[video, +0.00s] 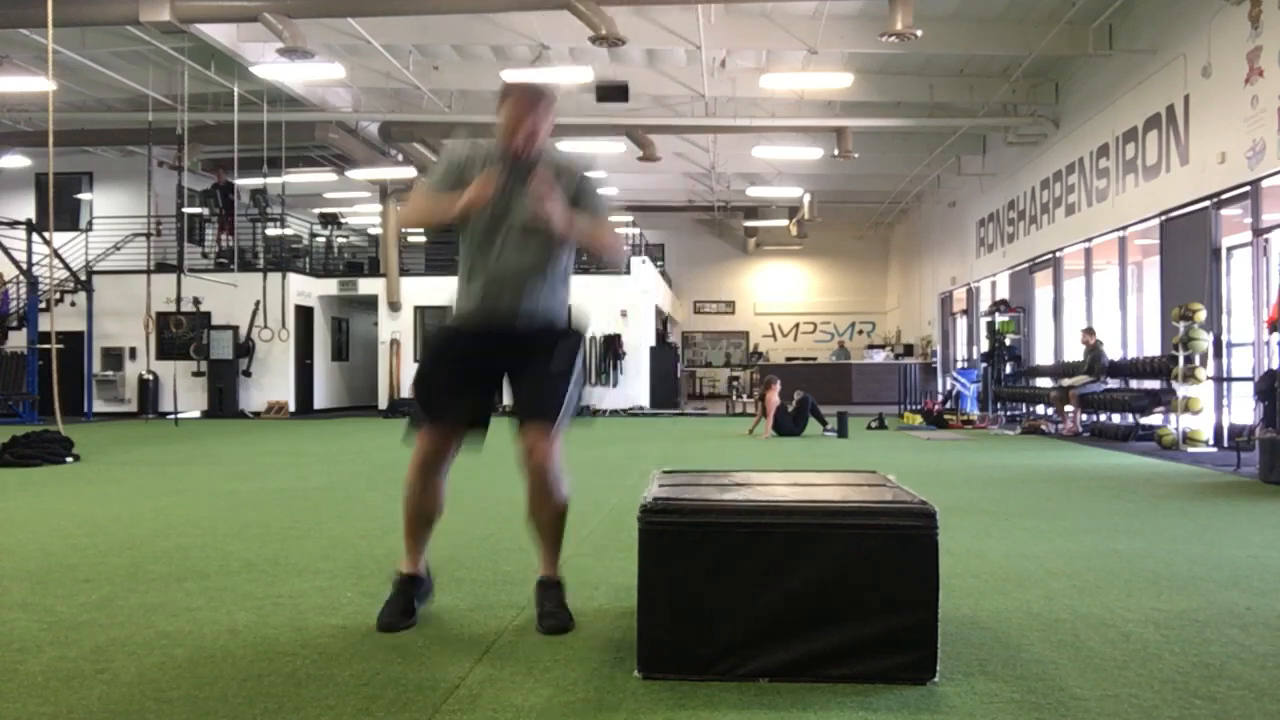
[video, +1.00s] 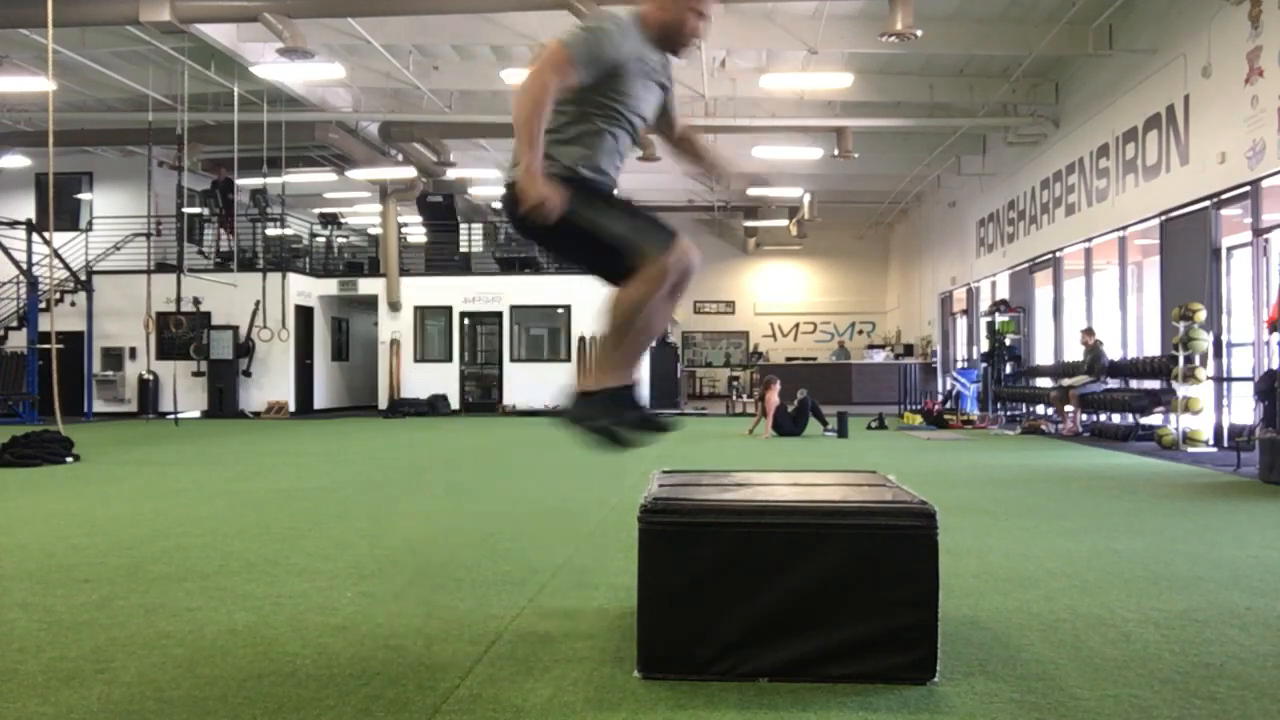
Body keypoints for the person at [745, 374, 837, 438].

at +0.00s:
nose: (779, 387)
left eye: (779, 385)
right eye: (778, 385)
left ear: (767, 385)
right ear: (773, 385)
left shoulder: (764, 396)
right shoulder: (772, 396)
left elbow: (759, 415)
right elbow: (770, 416)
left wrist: (751, 430)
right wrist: (767, 433)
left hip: (785, 430)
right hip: (793, 431)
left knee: (805, 398)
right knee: (807, 399)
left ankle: (825, 425)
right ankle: (826, 426)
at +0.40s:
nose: (779, 387)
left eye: (779, 385)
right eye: (778, 385)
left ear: (767, 385)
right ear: (773, 385)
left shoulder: (764, 396)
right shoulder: (772, 396)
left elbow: (759, 415)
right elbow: (770, 416)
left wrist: (751, 430)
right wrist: (767, 433)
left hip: (785, 430)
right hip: (793, 431)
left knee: (804, 398)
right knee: (807, 399)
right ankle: (826, 426)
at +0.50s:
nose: (779, 387)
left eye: (779, 384)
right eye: (778, 385)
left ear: (767, 385)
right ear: (773, 385)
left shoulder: (764, 396)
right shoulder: (772, 396)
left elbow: (759, 415)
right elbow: (770, 415)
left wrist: (751, 429)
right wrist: (767, 433)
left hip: (784, 430)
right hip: (793, 431)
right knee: (807, 399)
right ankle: (826, 426)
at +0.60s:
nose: (779, 387)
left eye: (779, 385)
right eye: (778, 385)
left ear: (767, 385)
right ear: (773, 385)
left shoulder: (764, 396)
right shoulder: (772, 396)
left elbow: (759, 415)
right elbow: (770, 416)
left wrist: (751, 430)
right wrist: (767, 433)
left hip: (785, 430)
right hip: (793, 431)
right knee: (807, 399)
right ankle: (826, 426)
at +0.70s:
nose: (779, 387)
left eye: (779, 384)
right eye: (778, 384)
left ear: (767, 385)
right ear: (773, 385)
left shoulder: (764, 396)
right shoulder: (772, 396)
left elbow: (759, 416)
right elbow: (770, 416)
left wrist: (751, 430)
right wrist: (767, 433)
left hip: (785, 430)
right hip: (793, 431)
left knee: (805, 399)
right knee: (807, 400)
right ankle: (826, 426)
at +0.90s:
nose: (779, 387)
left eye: (779, 384)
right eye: (778, 384)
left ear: (767, 385)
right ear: (773, 385)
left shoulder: (764, 396)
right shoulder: (772, 396)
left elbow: (759, 416)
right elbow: (770, 416)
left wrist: (751, 429)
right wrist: (767, 433)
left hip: (785, 430)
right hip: (793, 431)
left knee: (807, 402)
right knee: (807, 401)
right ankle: (826, 426)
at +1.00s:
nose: (779, 387)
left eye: (779, 384)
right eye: (778, 384)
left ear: (767, 385)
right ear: (773, 385)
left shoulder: (764, 396)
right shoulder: (772, 396)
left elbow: (759, 415)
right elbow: (770, 415)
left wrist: (751, 429)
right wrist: (767, 433)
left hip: (785, 430)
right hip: (793, 431)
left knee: (807, 402)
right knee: (807, 401)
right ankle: (826, 426)